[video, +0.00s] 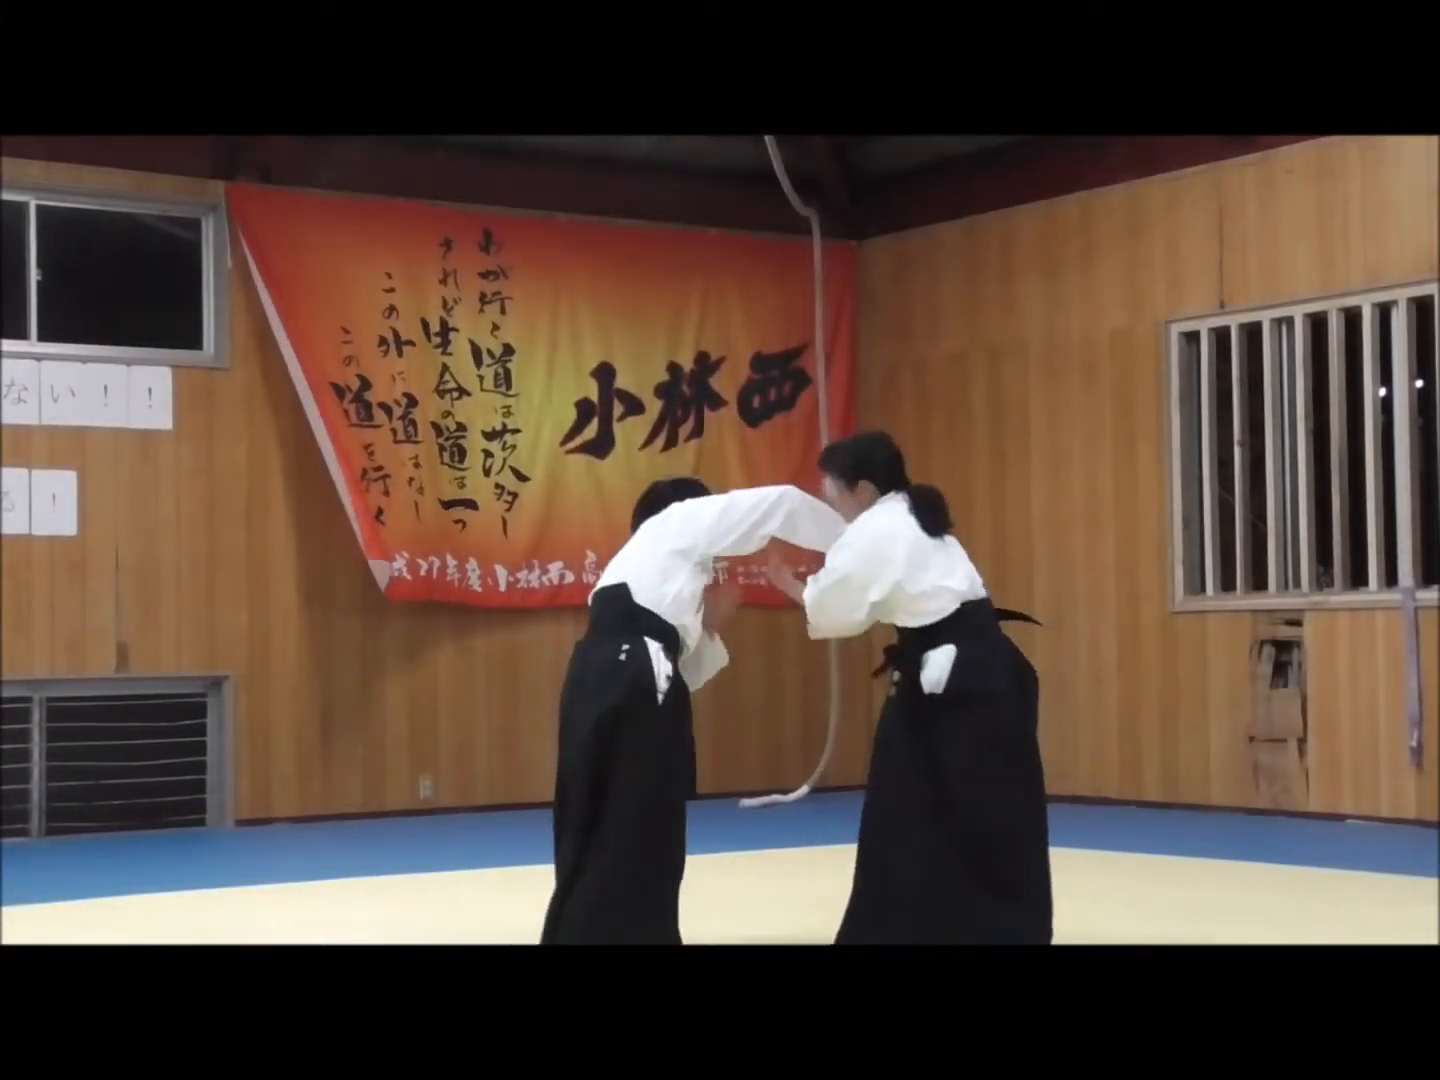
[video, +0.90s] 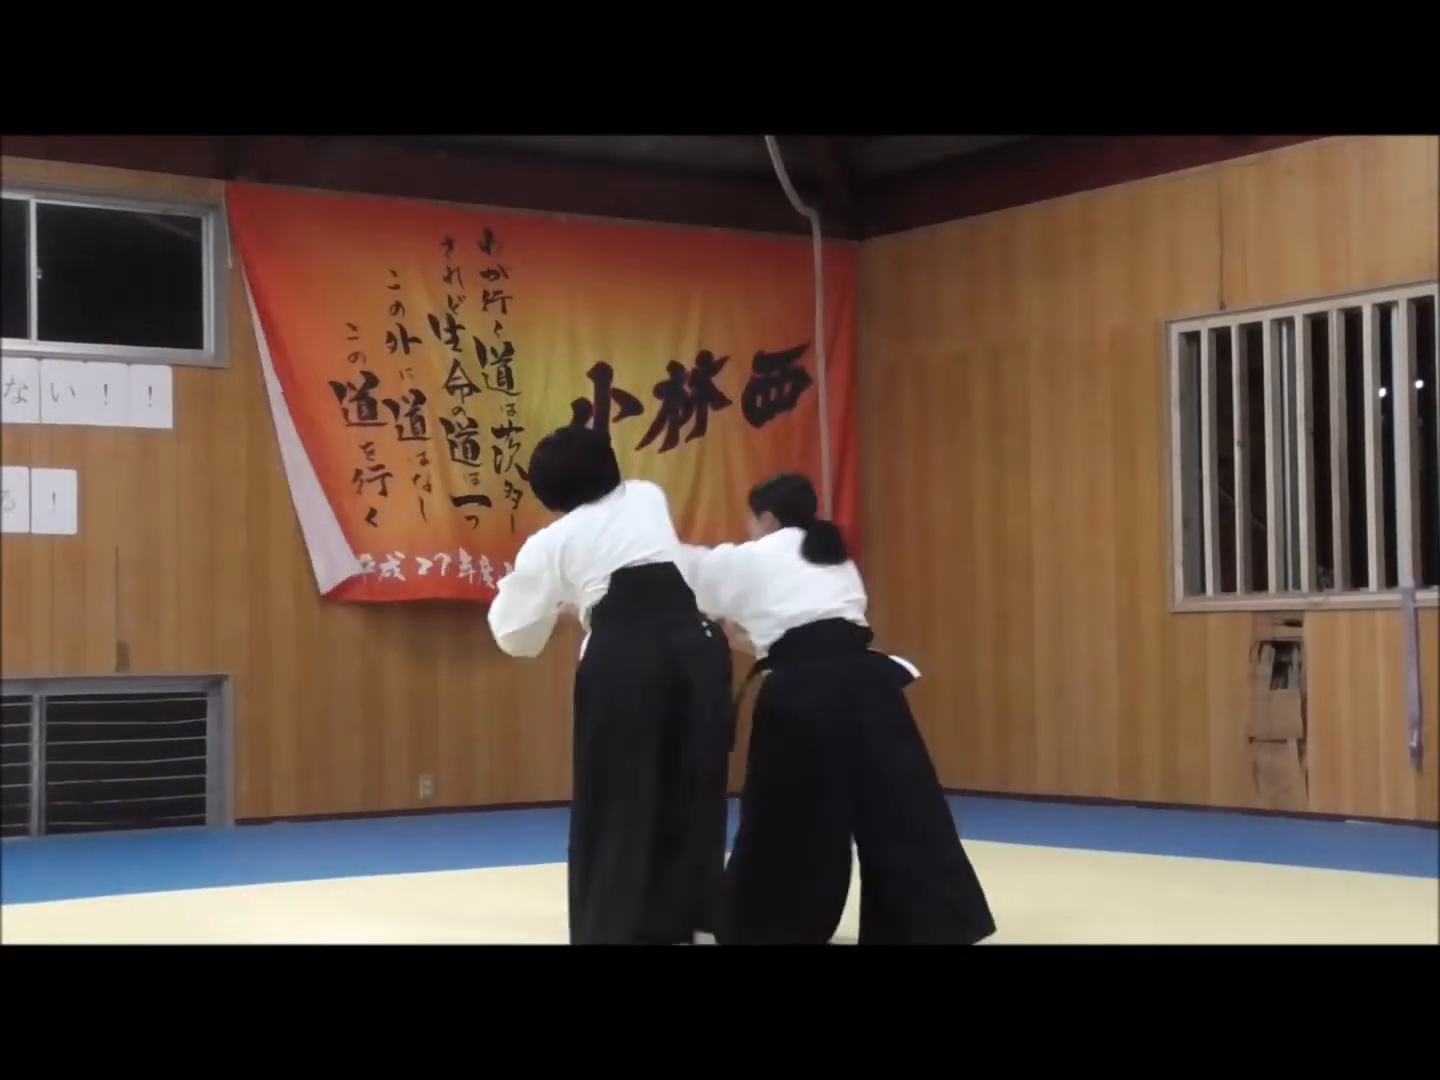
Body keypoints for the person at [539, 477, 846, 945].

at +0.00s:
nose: (718, 525)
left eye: (713, 513)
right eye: (709, 512)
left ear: (650, 516)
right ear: (688, 508)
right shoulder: (675, 524)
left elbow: (679, 679)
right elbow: (781, 501)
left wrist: (711, 624)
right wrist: (854, 542)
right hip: (633, 678)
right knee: (638, 844)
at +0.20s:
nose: (692, 488)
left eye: (691, 481)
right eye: (686, 480)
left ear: (623, 490)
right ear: (669, 480)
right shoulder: (657, 502)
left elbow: (688, 640)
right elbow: (762, 470)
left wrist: (708, 582)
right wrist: (822, 501)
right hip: (633, 672)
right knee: (632, 835)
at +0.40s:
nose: (660, 463)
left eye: (655, 458)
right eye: (652, 457)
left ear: (588, 480)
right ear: (637, 461)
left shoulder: (590, 525)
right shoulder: (647, 487)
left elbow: (677, 592)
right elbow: (743, 449)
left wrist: (698, 554)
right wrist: (787, 468)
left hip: (600, 668)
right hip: (645, 666)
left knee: (601, 821)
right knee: (644, 826)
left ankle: (581, 931)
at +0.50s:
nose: (639, 451)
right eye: (631, 446)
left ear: (570, 483)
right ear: (623, 454)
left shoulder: (573, 531)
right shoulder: (651, 478)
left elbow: (601, 597)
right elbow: (752, 442)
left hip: (597, 661)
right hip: (654, 658)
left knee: (599, 808)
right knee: (643, 812)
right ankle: (574, 929)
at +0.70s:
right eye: (603, 434)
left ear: (553, 489)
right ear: (611, 451)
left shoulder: (555, 540)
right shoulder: (652, 475)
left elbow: (559, 607)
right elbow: (705, 443)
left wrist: (609, 576)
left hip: (604, 653)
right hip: (671, 642)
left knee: (604, 790)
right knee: (658, 779)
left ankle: (617, 925)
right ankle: (608, 914)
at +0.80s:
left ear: (551, 489)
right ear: (607, 454)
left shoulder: (551, 539)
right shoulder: (665, 473)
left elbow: (530, 614)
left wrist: (582, 576)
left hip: (611, 656)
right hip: (685, 645)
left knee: (610, 789)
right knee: (683, 779)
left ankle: (607, 929)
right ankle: (648, 915)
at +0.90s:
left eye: (541, 484)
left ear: (548, 494)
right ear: (609, 469)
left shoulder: (549, 543)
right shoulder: (648, 495)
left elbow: (513, 633)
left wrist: (553, 598)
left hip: (623, 660)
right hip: (697, 651)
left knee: (617, 796)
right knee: (693, 791)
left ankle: (613, 928)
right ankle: (683, 925)